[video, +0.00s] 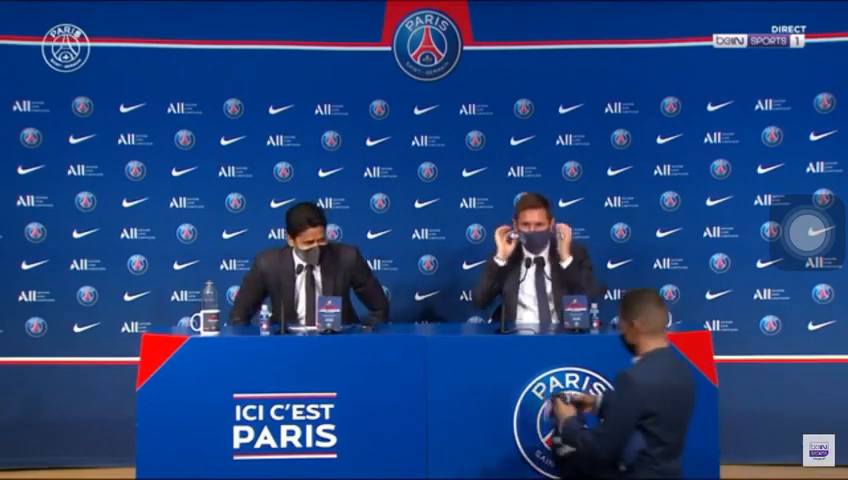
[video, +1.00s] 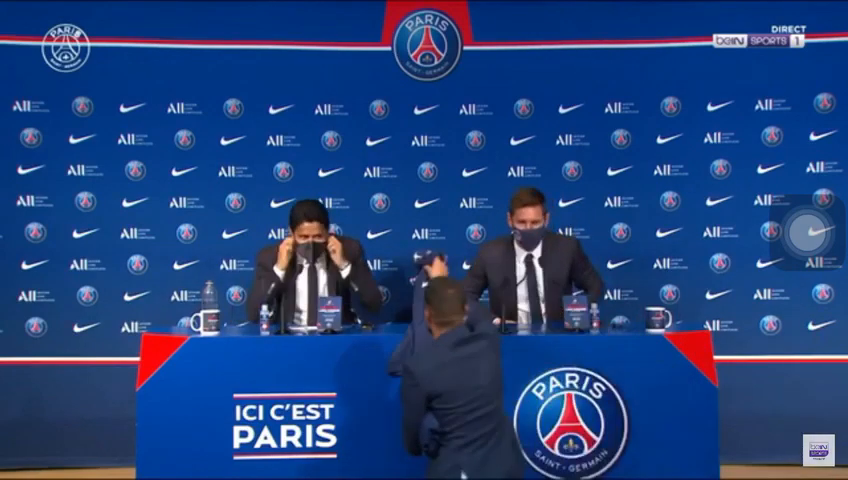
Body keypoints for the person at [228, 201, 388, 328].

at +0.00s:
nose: (316, 248)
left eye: (320, 240)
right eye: (308, 243)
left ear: (325, 233)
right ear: (290, 239)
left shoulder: (347, 258)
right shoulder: (267, 264)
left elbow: (380, 307)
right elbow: (238, 318)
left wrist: (363, 343)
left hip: (340, 349)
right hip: (287, 351)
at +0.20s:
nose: (317, 245)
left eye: (321, 237)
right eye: (309, 240)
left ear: (326, 231)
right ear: (291, 237)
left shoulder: (347, 257)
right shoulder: (267, 263)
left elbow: (377, 310)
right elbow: (240, 317)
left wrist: (358, 346)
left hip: (339, 350)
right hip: (287, 351)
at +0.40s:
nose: (317, 253)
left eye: (321, 246)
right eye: (309, 249)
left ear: (326, 238)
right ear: (291, 244)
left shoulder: (347, 261)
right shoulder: (268, 267)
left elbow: (379, 310)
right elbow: (237, 317)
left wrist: (358, 343)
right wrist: (258, 348)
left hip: (339, 349)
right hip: (287, 350)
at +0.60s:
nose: (312, 259)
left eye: (318, 253)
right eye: (305, 255)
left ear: (326, 242)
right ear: (290, 246)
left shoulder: (347, 257)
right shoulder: (268, 261)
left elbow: (373, 297)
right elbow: (238, 302)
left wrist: (366, 331)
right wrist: (259, 329)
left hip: (338, 348)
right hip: (287, 348)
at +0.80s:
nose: (309, 258)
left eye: (316, 252)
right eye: (302, 252)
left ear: (325, 242)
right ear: (290, 245)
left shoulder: (348, 253)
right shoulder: (271, 259)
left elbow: (375, 308)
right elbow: (252, 316)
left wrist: (348, 287)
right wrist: (275, 283)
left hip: (337, 342)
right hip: (289, 343)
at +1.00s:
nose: (311, 244)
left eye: (318, 237)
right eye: (304, 237)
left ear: (328, 234)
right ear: (292, 235)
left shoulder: (349, 249)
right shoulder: (270, 257)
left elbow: (374, 305)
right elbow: (255, 315)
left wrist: (344, 265)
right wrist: (279, 269)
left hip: (337, 342)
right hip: (289, 343)